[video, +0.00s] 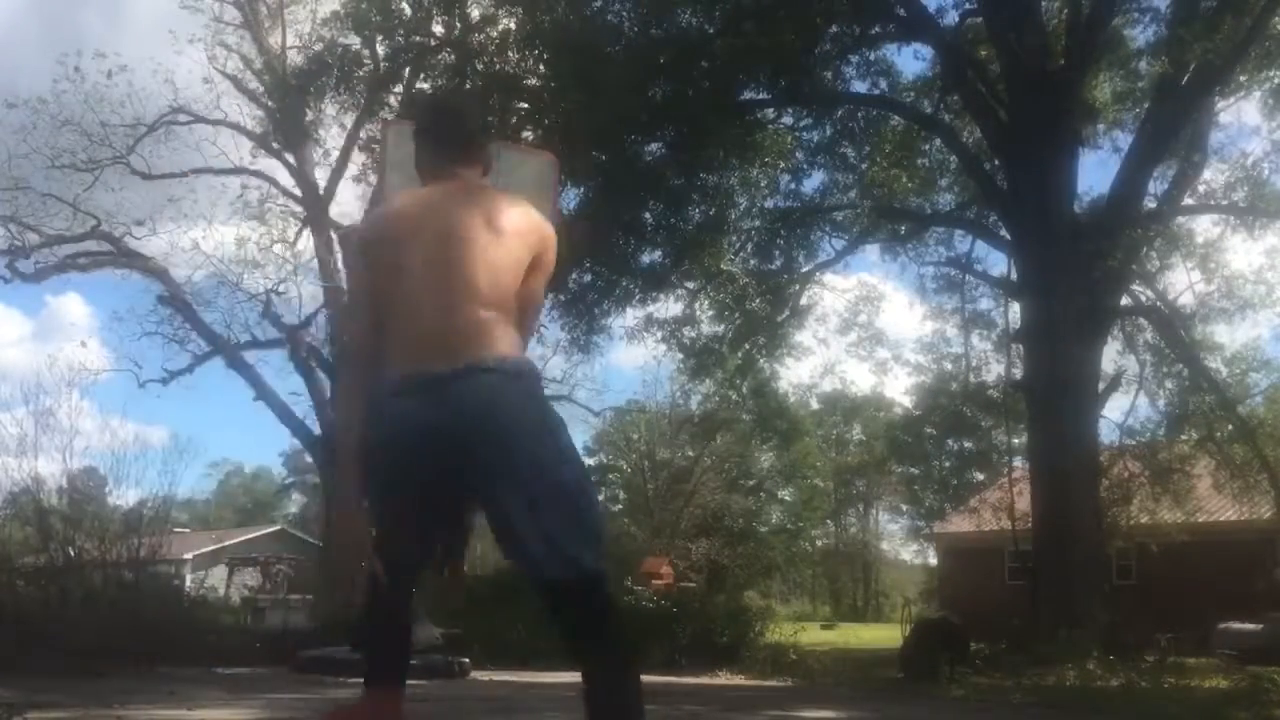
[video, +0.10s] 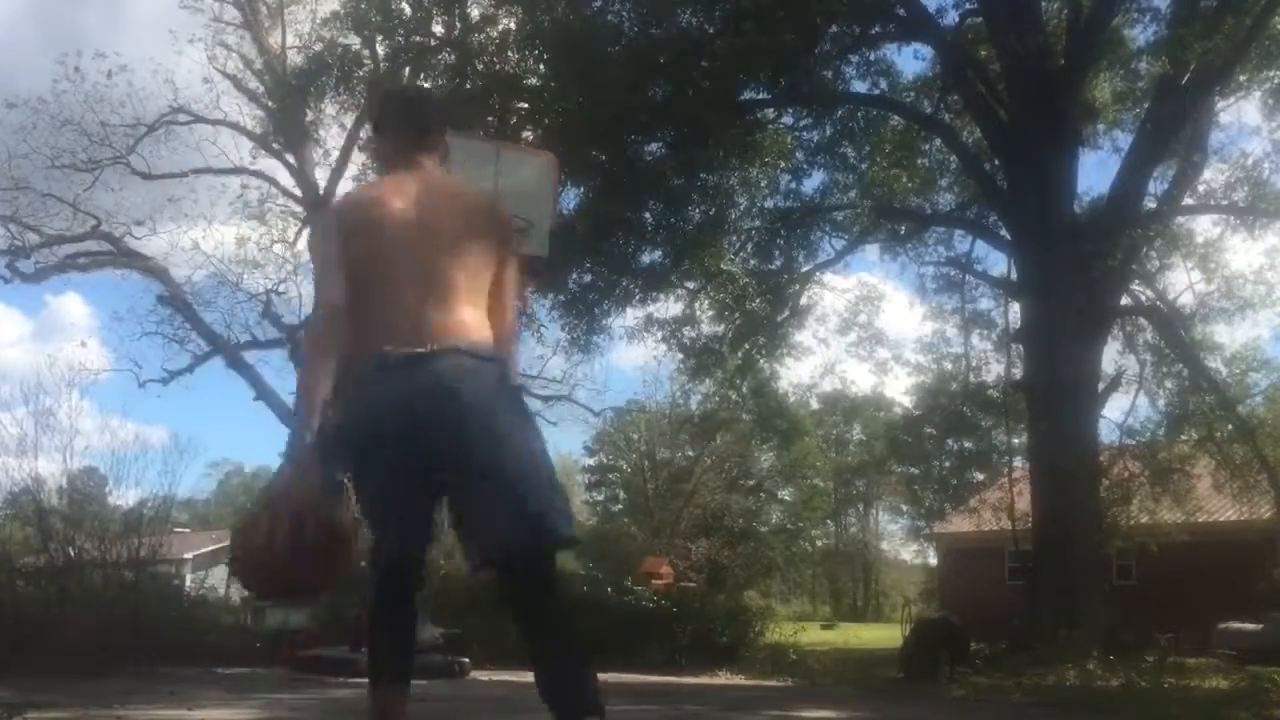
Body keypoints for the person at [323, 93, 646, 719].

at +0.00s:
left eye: (426, 156)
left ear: (420, 158)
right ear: (484, 156)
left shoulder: (377, 225)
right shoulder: (532, 225)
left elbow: (362, 343)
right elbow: (520, 332)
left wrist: (351, 446)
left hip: (405, 414)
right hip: (504, 408)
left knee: (395, 567)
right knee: (574, 573)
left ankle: (381, 701)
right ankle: (616, 705)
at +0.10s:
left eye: (375, 141)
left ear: (376, 144)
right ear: (441, 142)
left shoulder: (339, 215)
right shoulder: (489, 209)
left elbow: (330, 322)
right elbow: (503, 325)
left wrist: (305, 442)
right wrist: (498, 400)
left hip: (377, 400)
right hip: (474, 393)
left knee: (395, 568)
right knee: (531, 575)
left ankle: (387, 708)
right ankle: (580, 708)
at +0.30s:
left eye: (308, 80)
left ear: (311, 80)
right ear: (378, 86)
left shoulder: (289, 122)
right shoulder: (420, 147)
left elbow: (286, 169)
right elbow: (453, 259)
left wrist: (182, 259)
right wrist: (466, 366)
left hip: (313, 320)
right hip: (398, 322)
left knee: (333, 505)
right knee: (396, 502)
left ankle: (339, 685)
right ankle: (353, 660)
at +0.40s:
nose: (275, 104)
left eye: (278, 93)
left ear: (285, 92)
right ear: (348, 98)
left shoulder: (264, 138)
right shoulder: (392, 161)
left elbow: (187, 185)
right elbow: (417, 254)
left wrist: (116, 238)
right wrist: (422, 368)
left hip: (272, 331)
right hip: (355, 337)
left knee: (283, 521)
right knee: (346, 533)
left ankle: (250, 692)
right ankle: (284, 696)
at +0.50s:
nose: (262, 137)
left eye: (261, 126)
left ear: (262, 132)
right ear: (320, 134)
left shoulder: (228, 190)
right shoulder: (357, 196)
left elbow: (158, 253)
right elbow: (368, 299)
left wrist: (94, 321)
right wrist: (357, 392)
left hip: (235, 371)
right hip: (313, 376)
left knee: (222, 542)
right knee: (318, 564)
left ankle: (152, 692)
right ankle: (259, 707)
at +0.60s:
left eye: (233, 192)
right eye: (283, 191)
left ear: (229, 198)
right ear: (286, 196)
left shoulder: (192, 262)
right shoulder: (323, 257)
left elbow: (140, 360)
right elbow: (319, 356)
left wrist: (111, 465)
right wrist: (302, 431)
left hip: (181, 442)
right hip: (263, 445)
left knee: (143, 595)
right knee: (306, 617)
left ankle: (85, 707)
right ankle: (242, 712)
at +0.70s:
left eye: (216, 247)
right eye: (263, 246)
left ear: (210, 252)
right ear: (267, 252)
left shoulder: (176, 309)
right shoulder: (298, 311)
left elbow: (136, 419)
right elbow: (295, 428)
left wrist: (118, 508)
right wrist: (273, 497)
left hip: (154, 471)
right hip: (233, 476)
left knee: (135, 607)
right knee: (302, 619)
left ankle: (71, 710)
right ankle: (249, 707)